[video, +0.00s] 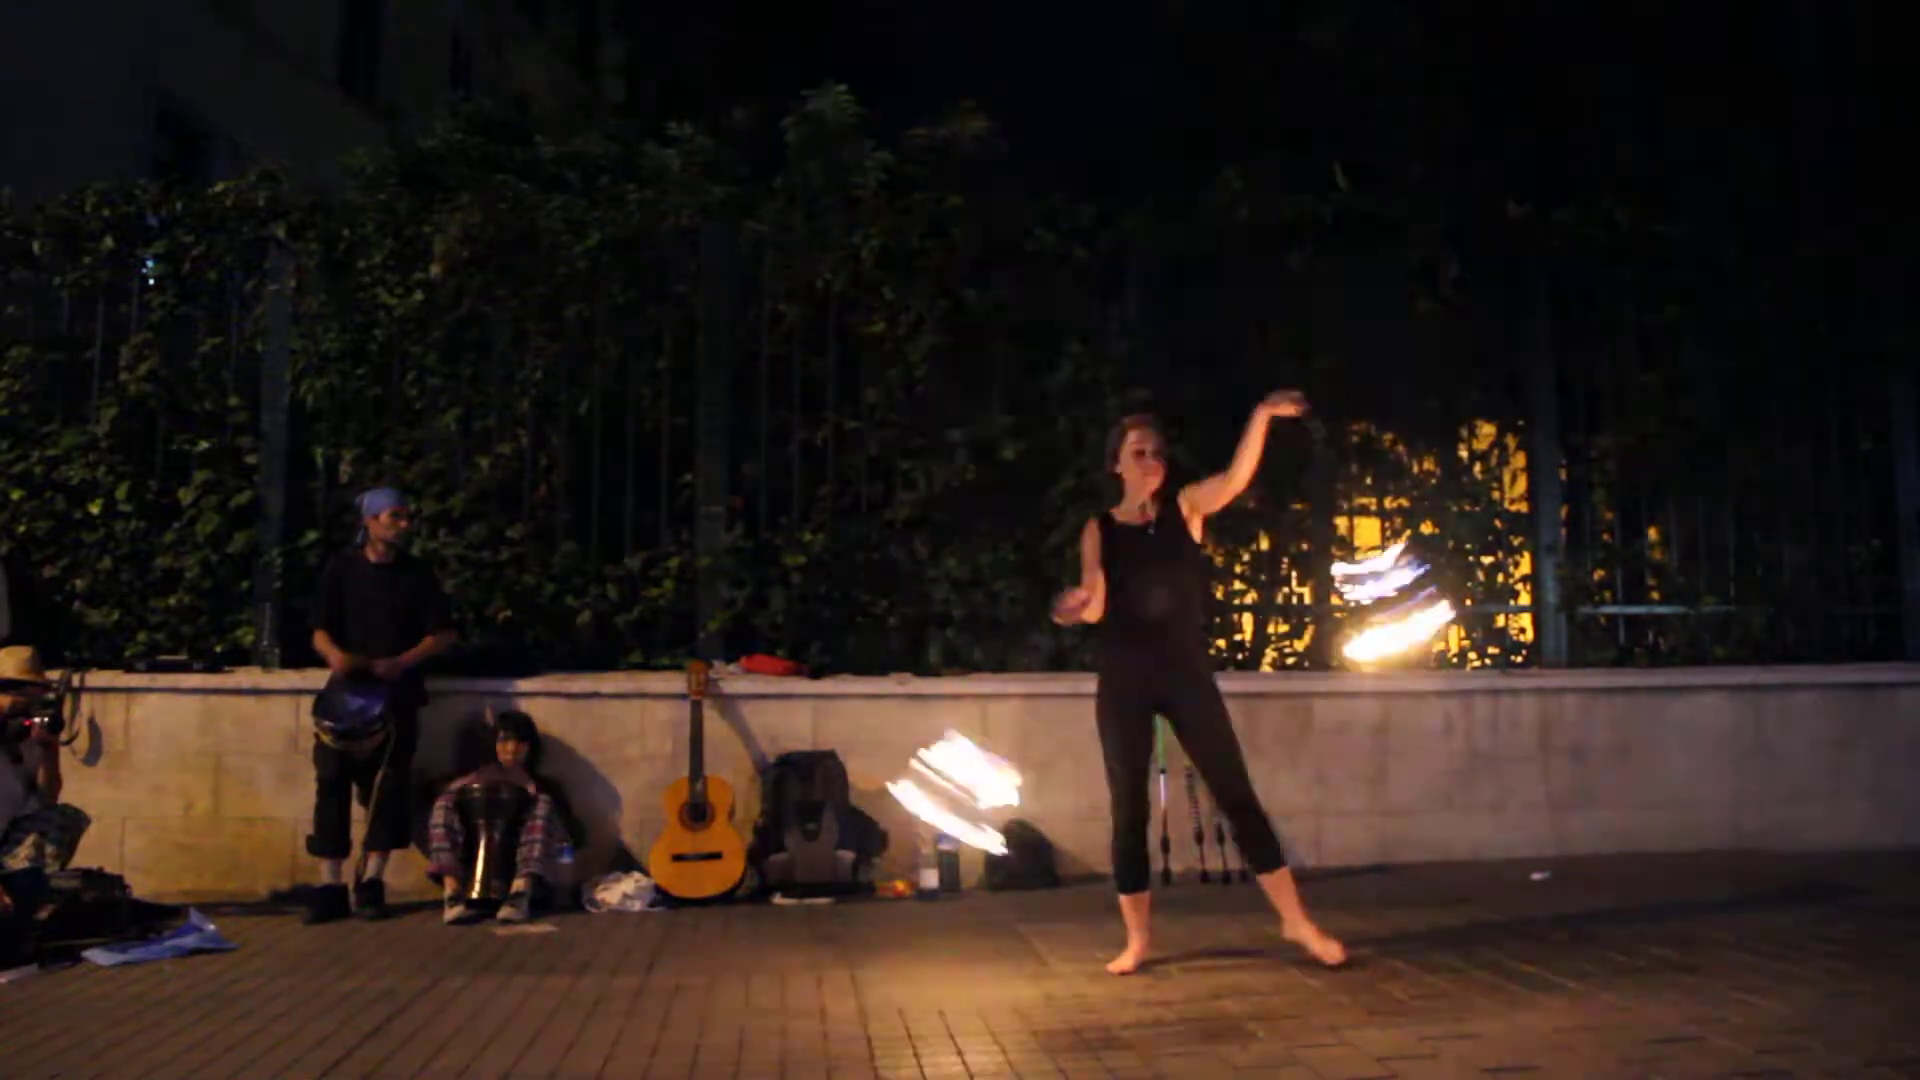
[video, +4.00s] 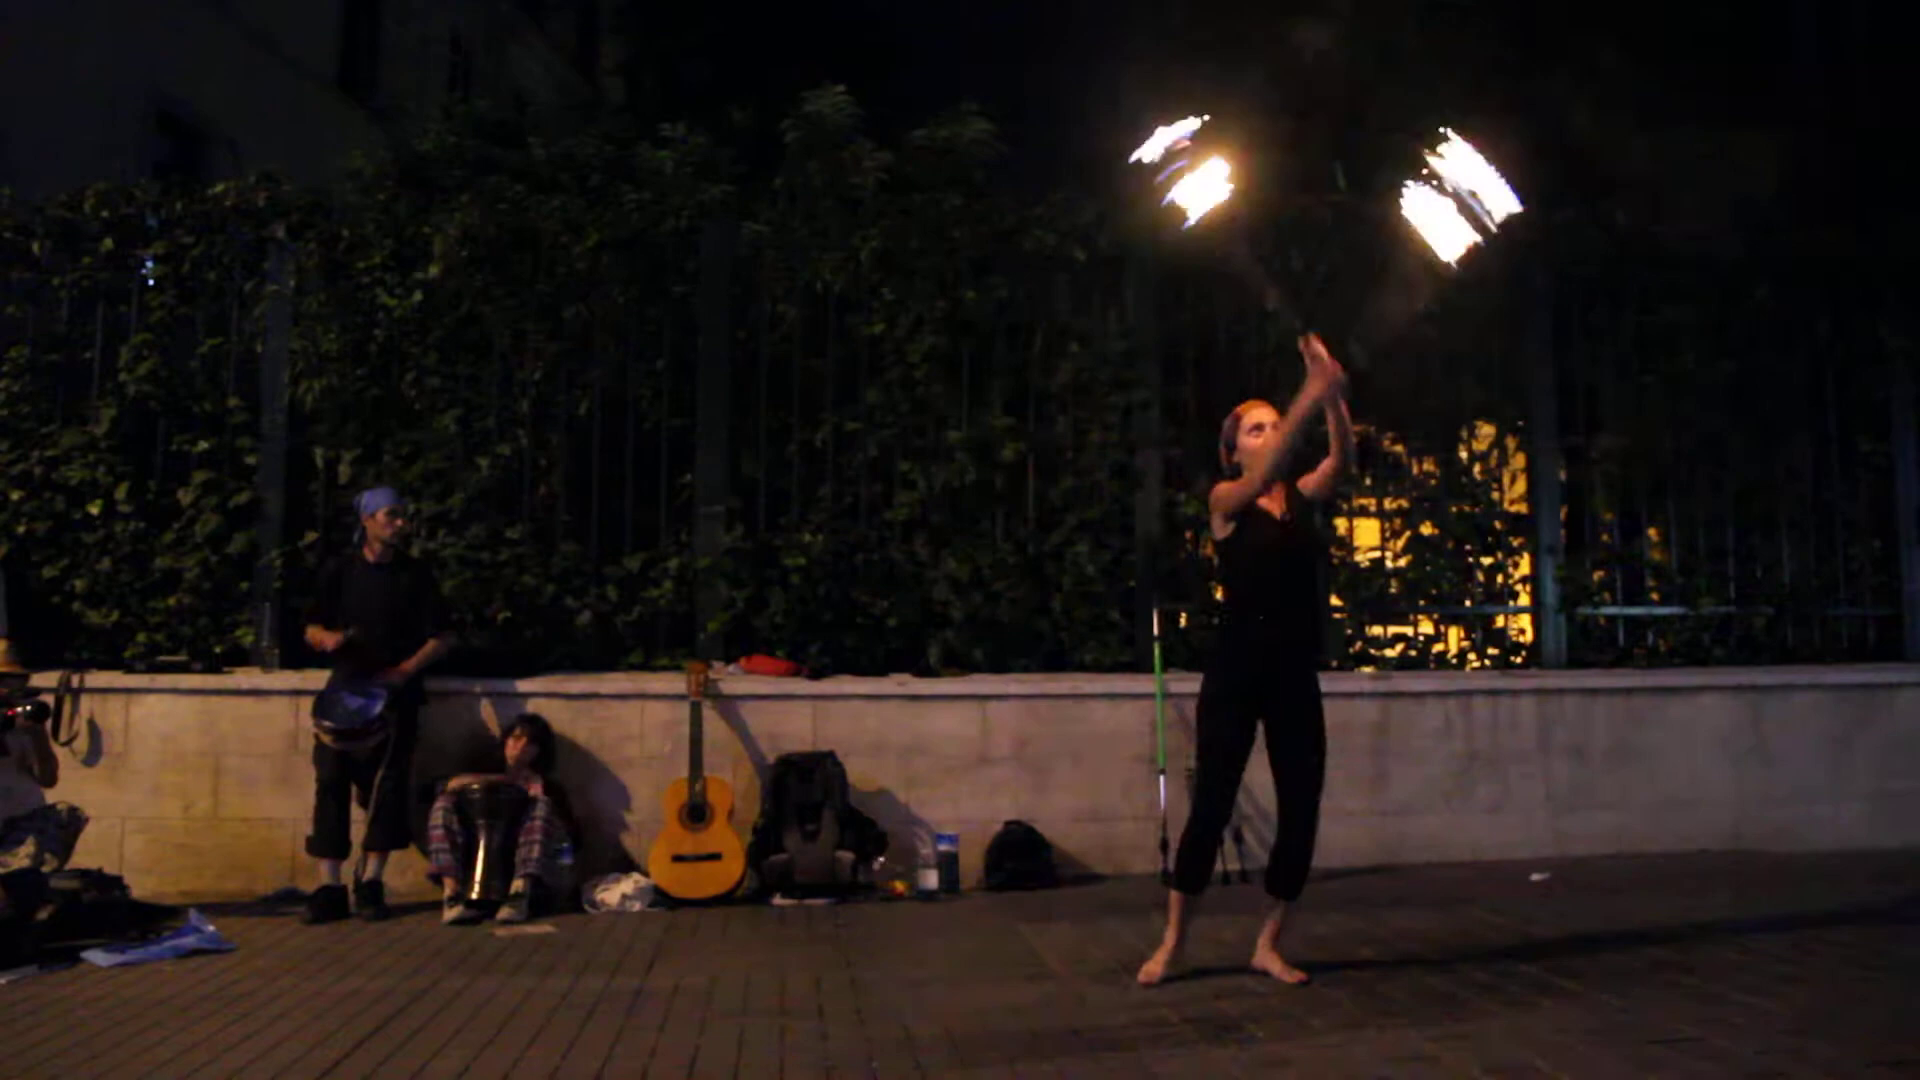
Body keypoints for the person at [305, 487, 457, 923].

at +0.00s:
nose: (404, 524)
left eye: (406, 518)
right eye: (395, 518)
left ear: (405, 524)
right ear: (370, 521)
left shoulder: (418, 573)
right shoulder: (341, 570)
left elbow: (442, 635)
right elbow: (319, 630)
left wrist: (400, 663)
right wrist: (339, 659)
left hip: (396, 694)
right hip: (345, 691)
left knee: (390, 784)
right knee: (331, 783)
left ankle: (371, 880)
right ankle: (332, 882)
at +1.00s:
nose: (404, 525)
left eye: (407, 518)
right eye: (395, 518)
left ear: (408, 525)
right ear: (370, 522)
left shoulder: (418, 576)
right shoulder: (341, 571)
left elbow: (443, 637)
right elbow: (315, 632)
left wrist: (407, 669)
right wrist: (336, 645)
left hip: (395, 694)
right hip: (345, 691)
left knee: (389, 786)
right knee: (331, 783)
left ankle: (371, 881)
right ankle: (331, 883)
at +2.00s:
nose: (402, 524)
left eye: (404, 517)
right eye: (392, 518)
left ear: (406, 523)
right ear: (368, 522)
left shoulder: (416, 575)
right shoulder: (340, 572)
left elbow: (444, 637)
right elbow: (313, 630)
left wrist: (404, 669)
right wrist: (328, 642)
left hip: (395, 693)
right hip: (344, 689)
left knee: (388, 784)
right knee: (331, 782)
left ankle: (371, 880)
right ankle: (331, 883)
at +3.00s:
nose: (402, 522)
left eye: (404, 515)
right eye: (392, 516)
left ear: (404, 522)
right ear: (368, 521)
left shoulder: (417, 574)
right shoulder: (340, 571)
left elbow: (440, 637)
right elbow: (317, 633)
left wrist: (399, 664)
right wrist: (336, 652)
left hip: (396, 694)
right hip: (345, 691)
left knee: (390, 784)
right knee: (331, 783)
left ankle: (370, 881)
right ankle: (331, 883)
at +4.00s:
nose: (400, 523)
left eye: (402, 516)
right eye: (391, 516)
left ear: (401, 523)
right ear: (367, 521)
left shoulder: (415, 573)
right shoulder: (339, 571)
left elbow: (442, 636)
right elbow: (310, 628)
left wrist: (405, 669)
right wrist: (325, 637)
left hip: (395, 691)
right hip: (344, 688)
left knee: (388, 785)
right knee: (331, 783)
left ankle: (370, 880)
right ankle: (330, 883)